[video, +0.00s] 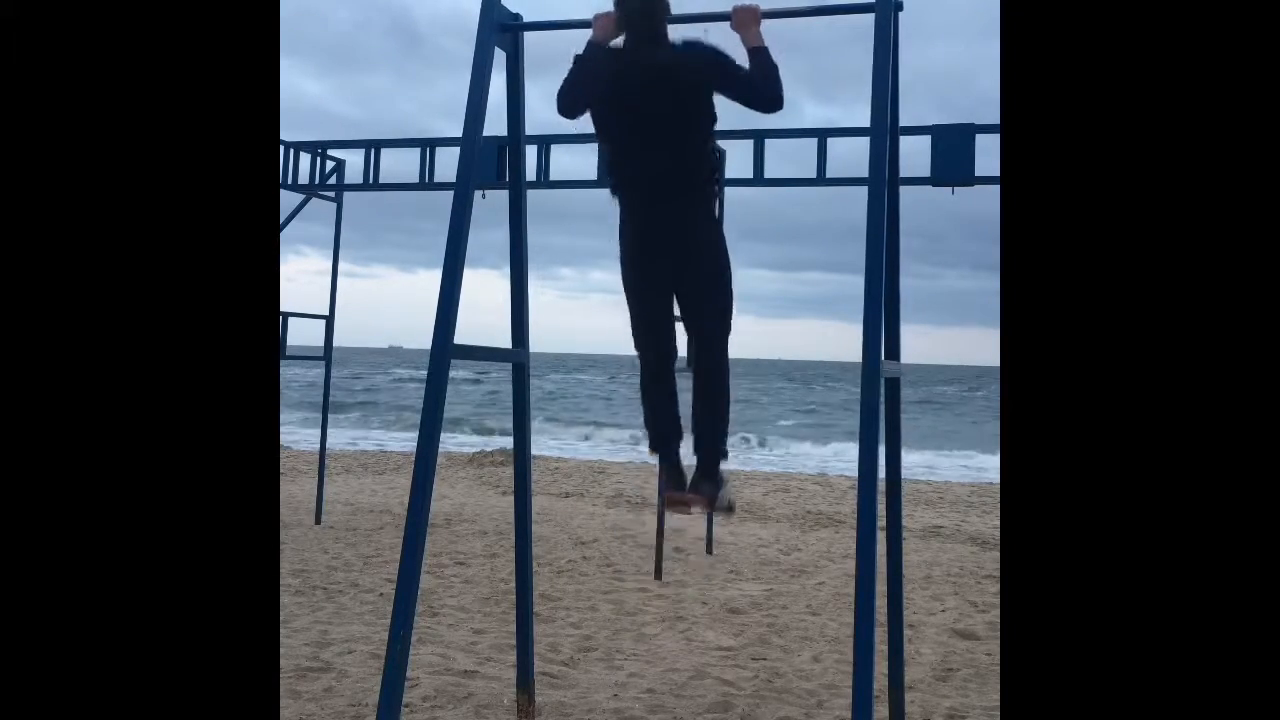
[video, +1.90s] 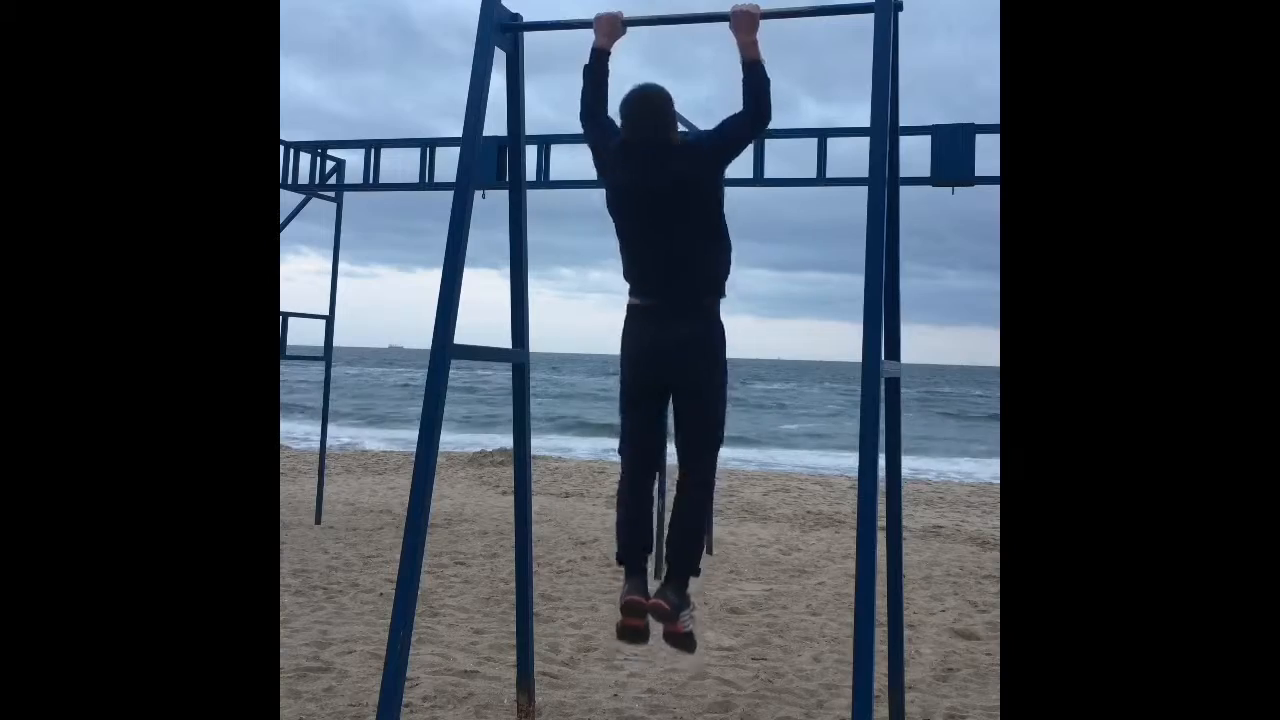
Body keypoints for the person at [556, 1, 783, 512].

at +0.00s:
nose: (644, 18)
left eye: (625, 14)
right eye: (656, 11)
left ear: (620, 19)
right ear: (667, 15)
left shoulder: (601, 66)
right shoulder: (698, 61)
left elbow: (567, 105)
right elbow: (770, 98)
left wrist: (595, 41)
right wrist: (754, 39)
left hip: (640, 234)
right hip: (698, 231)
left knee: (654, 356)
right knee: (710, 353)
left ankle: (670, 477)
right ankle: (707, 478)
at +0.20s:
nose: (657, 100)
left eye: (636, 93)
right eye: (664, 91)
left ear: (625, 102)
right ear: (674, 98)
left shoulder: (613, 144)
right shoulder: (706, 138)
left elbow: (587, 109)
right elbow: (765, 107)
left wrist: (599, 45)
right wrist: (752, 43)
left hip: (647, 310)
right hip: (703, 310)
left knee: (647, 439)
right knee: (703, 442)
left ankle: (649, 565)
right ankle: (685, 568)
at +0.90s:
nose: (623, 28)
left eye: (613, 22)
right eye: (645, 18)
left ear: (609, 33)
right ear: (654, 27)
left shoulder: (593, 89)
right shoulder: (687, 71)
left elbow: (575, 100)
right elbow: (754, 102)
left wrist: (596, 42)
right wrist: (749, 42)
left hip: (632, 246)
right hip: (691, 241)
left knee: (645, 360)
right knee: (705, 363)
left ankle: (654, 479)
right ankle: (694, 487)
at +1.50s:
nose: (652, 99)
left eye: (631, 93)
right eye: (660, 91)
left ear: (624, 104)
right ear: (673, 99)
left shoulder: (611, 145)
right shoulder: (704, 138)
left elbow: (587, 107)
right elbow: (765, 107)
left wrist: (600, 44)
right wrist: (751, 43)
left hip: (644, 313)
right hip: (701, 313)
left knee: (645, 436)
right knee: (703, 439)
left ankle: (647, 560)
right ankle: (684, 567)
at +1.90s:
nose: (681, 118)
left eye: (674, 113)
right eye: (677, 113)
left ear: (625, 127)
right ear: (672, 121)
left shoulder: (616, 165)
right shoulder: (703, 155)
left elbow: (593, 114)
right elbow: (756, 112)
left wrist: (601, 46)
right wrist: (749, 46)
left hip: (642, 327)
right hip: (699, 329)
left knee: (638, 462)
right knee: (697, 468)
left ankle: (634, 587)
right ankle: (675, 594)